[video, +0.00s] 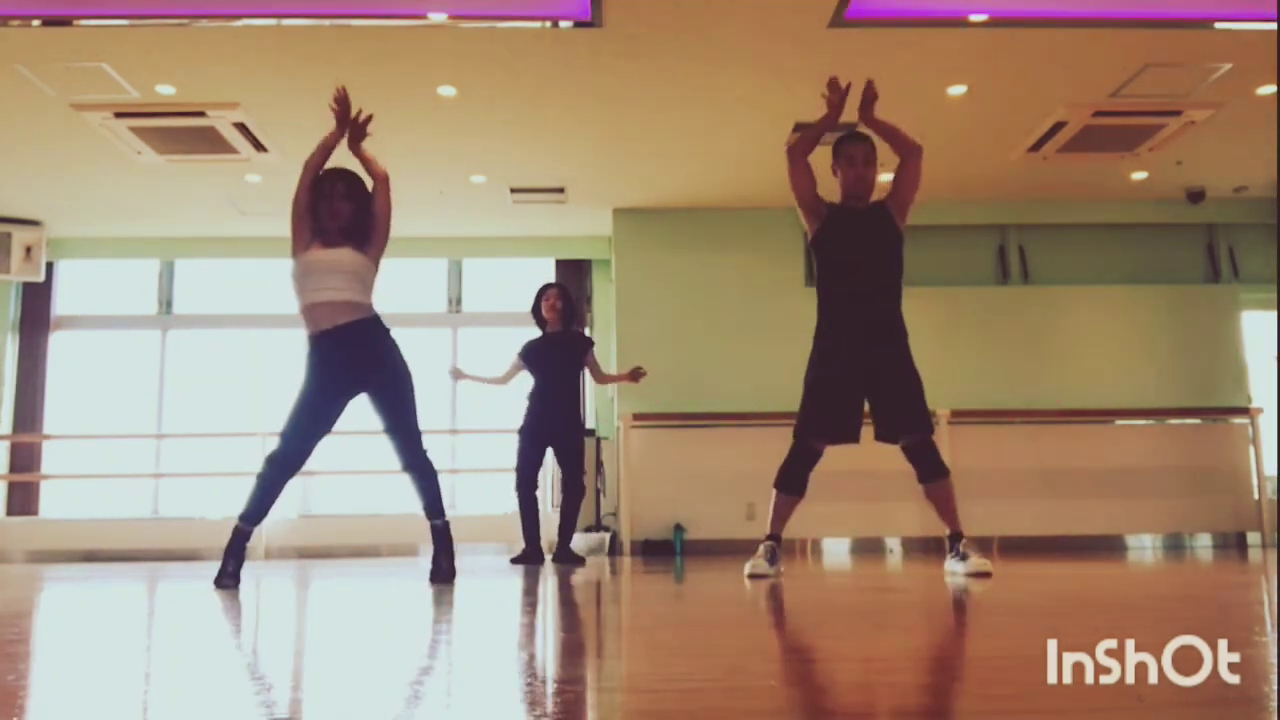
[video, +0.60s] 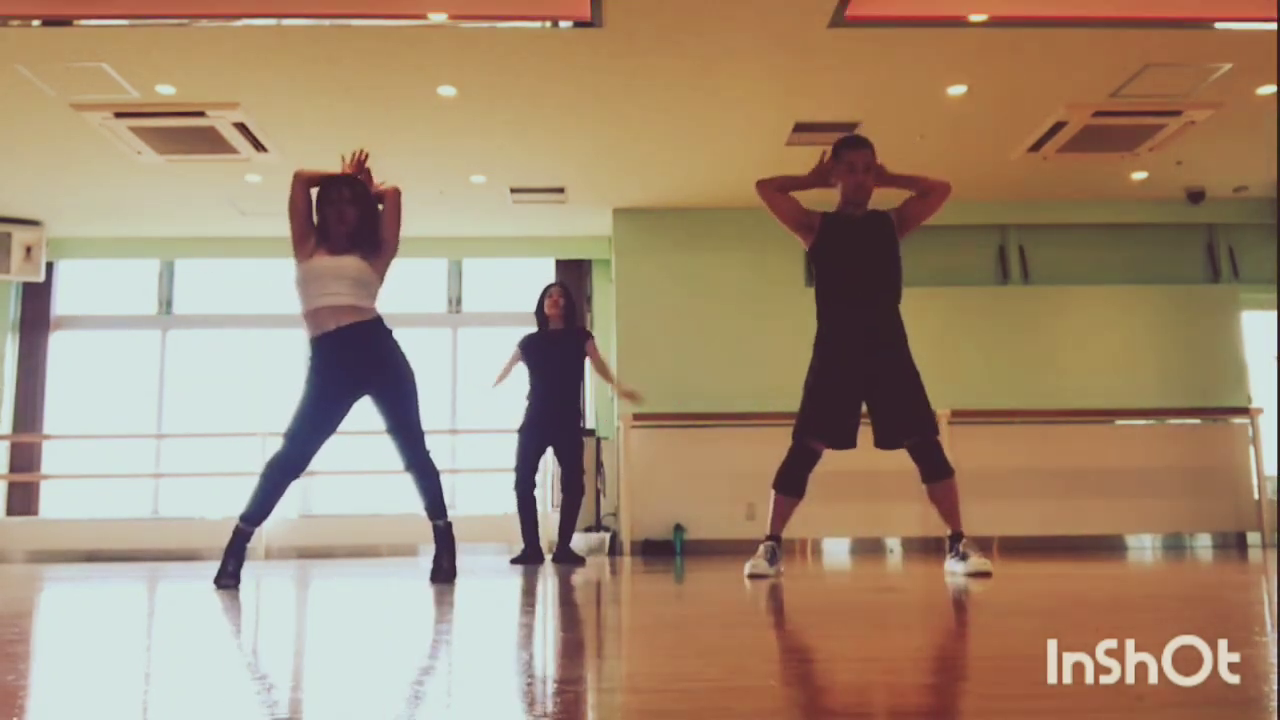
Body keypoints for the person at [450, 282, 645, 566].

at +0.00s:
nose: (552, 303)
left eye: (558, 299)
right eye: (547, 299)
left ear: (567, 305)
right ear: (539, 307)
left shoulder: (580, 342)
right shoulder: (532, 347)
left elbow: (599, 378)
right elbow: (503, 379)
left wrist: (626, 377)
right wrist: (466, 376)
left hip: (568, 424)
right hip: (536, 424)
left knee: (574, 487)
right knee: (524, 485)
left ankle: (563, 548)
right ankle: (532, 549)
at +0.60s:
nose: (556, 301)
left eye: (561, 297)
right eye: (551, 297)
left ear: (569, 304)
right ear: (542, 305)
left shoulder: (580, 336)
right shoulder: (530, 341)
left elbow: (600, 367)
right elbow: (511, 364)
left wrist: (619, 388)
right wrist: (499, 379)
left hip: (568, 421)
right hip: (535, 420)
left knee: (574, 485)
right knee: (523, 483)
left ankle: (563, 548)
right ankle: (531, 548)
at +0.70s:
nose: (559, 288)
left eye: (563, 284)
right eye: (554, 283)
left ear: (569, 290)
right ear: (544, 288)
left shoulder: (580, 320)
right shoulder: (531, 322)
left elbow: (581, 359)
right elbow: (525, 363)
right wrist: (537, 396)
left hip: (571, 402)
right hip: (541, 402)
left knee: (572, 474)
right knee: (534, 474)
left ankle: (567, 541)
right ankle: (533, 543)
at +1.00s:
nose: (562, 322)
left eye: (568, 317)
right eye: (557, 317)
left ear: (577, 324)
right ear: (548, 324)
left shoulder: (589, 359)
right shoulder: (538, 364)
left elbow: (598, 400)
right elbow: (528, 401)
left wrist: (570, 416)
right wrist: (549, 421)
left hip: (582, 431)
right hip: (551, 430)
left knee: (598, 490)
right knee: (536, 491)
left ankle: (585, 547)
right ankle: (553, 547)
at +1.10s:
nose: (565, 340)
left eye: (571, 335)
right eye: (560, 335)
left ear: (579, 343)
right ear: (552, 343)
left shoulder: (591, 379)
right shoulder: (541, 383)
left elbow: (601, 422)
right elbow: (530, 424)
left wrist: (586, 448)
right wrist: (541, 451)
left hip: (583, 451)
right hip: (551, 452)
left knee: (607, 500)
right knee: (526, 503)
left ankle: (586, 548)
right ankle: (552, 548)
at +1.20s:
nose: (569, 359)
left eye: (574, 355)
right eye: (563, 354)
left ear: (583, 361)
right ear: (555, 361)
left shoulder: (593, 397)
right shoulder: (543, 400)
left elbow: (608, 436)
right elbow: (527, 433)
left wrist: (601, 470)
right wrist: (532, 471)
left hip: (584, 474)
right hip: (552, 474)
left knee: (612, 504)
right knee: (519, 507)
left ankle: (587, 546)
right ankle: (551, 546)